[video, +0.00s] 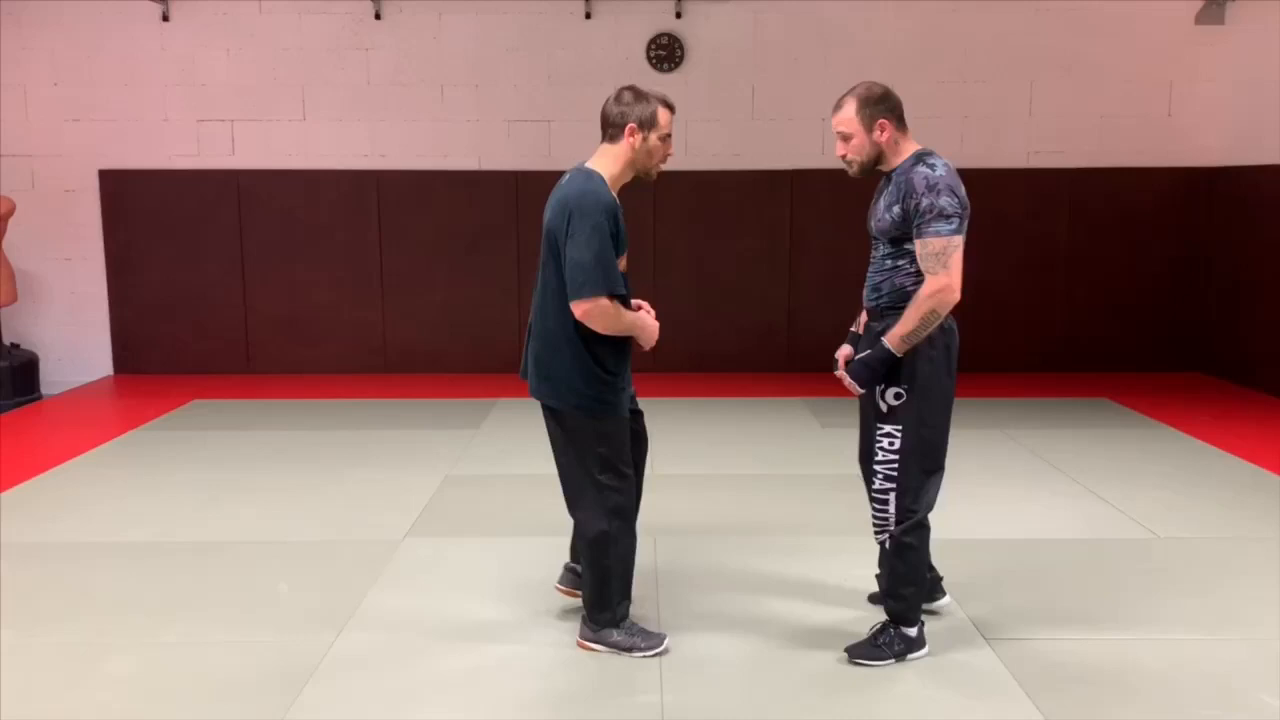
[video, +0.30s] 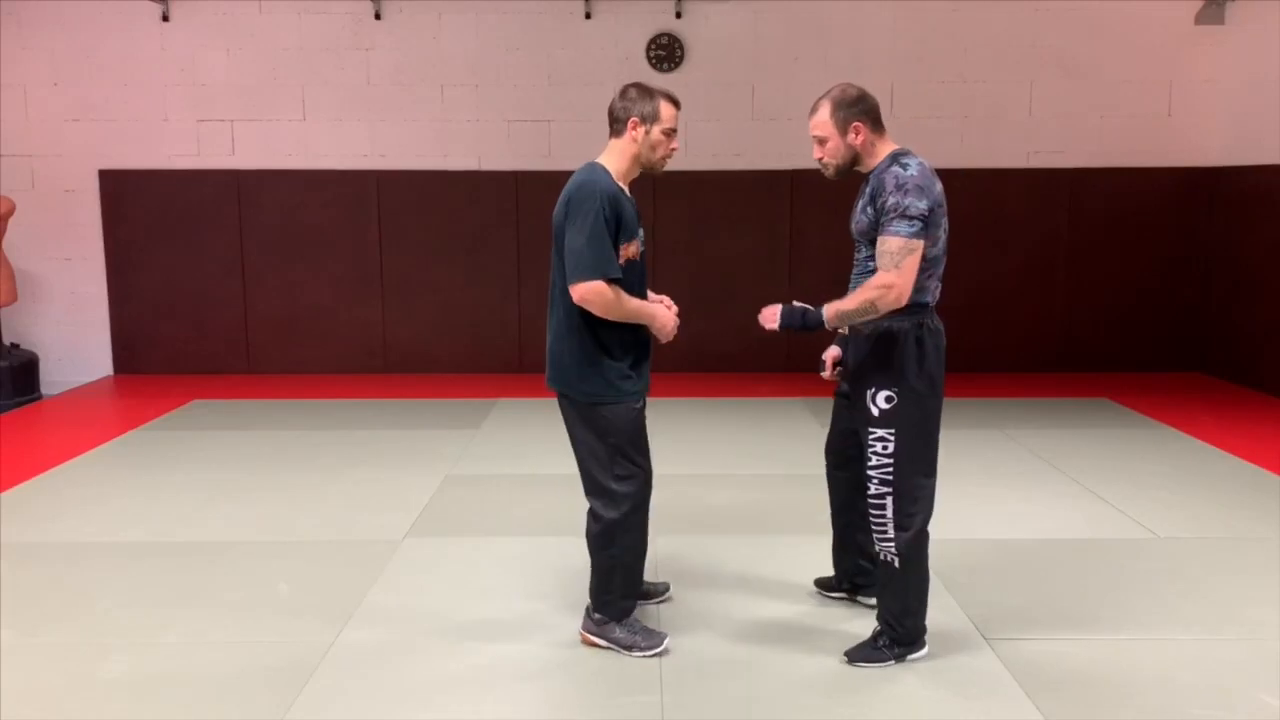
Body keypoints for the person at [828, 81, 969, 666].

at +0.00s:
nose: (840, 149)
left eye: (846, 137)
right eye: (837, 137)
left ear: (883, 130)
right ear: (881, 133)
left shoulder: (930, 182)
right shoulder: (896, 183)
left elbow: (943, 288)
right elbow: (887, 279)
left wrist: (881, 354)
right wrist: (857, 336)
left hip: (918, 348)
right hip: (891, 344)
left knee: (899, 480)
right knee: (885, 472)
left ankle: (903, 625)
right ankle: (916, 577)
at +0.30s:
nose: (816, 152)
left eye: (822, 140)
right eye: (814, 141)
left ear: (858, 133)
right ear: (857, 134)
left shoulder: (904, 183)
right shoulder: (877, 183)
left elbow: (894, 289)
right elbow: (876, 283)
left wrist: (807, 317)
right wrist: (846, 342)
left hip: (902, 350)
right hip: (871, 347)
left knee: (893, 492)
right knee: (845, 461)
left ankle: (902, 631)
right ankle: (860, 573)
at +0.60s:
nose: (788, 156)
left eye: (795, 144)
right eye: (787, 145)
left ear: (831, 137)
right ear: (829, 138)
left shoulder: (872, 184)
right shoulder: (849, 184)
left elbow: (830, 274)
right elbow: (846, 281)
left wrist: (762, 243)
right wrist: (818, 342)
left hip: (869, 343)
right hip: (850, 340)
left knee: (829, 476)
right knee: (835, 466)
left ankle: (882, 612)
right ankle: (851, 574)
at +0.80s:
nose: (765, 158)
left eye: (770, 145)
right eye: (762, 146)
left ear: (806, 138)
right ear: (808, 139)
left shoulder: (839, 188)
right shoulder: (846, 177)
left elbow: (759, 266)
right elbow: (833, 271)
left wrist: (682, 232)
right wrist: (803, 332)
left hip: (842, 342)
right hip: (854, 338)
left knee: (811, 481)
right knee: (847, 469)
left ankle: (805, 632)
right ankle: (853, 580)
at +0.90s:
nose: (753, 157)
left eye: (758, 145)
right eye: (752, 146)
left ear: (794, 140)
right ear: (800, 140)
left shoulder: (818, 190)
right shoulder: (849, 177)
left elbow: (733, 265)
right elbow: (837, 272)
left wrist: (657, 242)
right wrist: (802, 329)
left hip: (832, 343)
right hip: (856, 337)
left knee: (808, 483)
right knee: (847, 470)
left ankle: (793, 633)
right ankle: (851, 578)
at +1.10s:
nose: (744, 151)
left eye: (748, 139)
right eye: (742, 140)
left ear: (781, 134)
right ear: (794, 133)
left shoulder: (806, 189)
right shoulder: (844, 175)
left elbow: (713, 261)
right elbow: (733, 248)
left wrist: (639, 238)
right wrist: (650, 243)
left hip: (816, 343)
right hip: (845, 339)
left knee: (794, 486)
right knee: (829, 471)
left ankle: (796, 633)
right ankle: (846, 574)